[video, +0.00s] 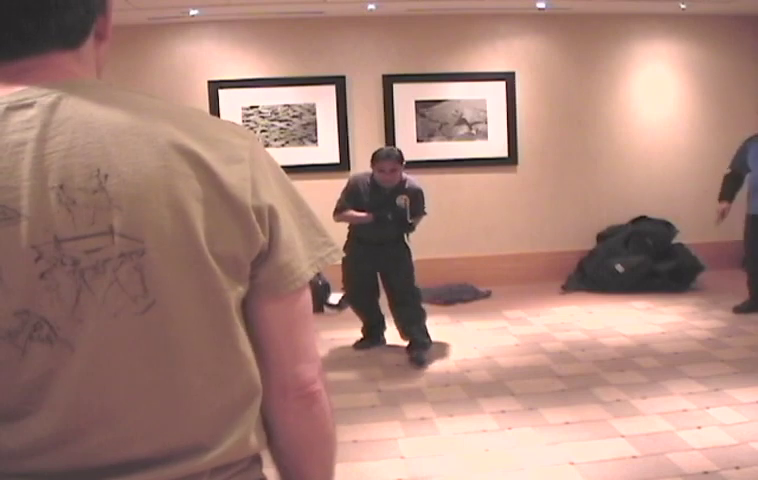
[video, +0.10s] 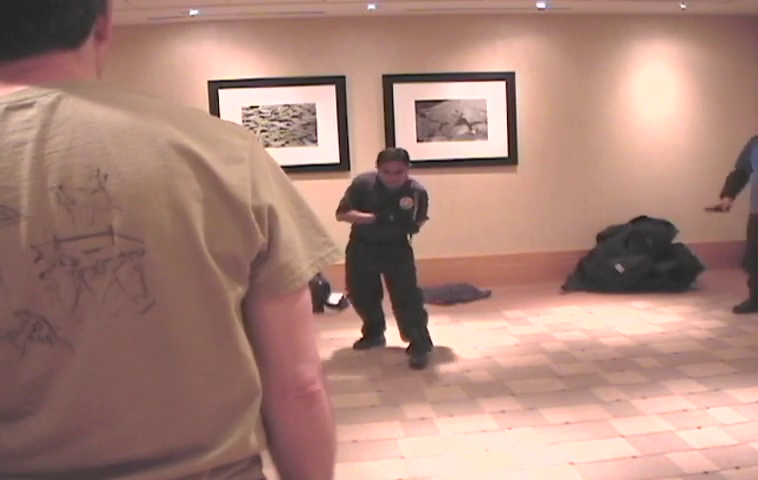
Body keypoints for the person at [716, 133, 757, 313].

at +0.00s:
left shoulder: (750, 145)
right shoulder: (751, 145)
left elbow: (736, 172)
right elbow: (736, 171)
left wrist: (726, 199)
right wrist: (726, 199)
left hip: (754, 214)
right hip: (754, 213)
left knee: (752, 256)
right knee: (752, 255)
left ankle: (754, 297)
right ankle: (753, 296)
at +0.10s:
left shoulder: (752, 146)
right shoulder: (753, 145)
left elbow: (742, 170)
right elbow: (742, 169)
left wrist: (727, 195)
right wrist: (727, 195)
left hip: (754, 215)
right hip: (754, 214)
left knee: (751, 258)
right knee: (752, 257)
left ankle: (753, 297)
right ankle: (753, 297)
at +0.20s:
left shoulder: (753, 148)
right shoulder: (754, 146)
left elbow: (746, 169)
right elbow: (746, 169)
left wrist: (731, 192)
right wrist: (730, 192)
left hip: (755, 215)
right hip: (756, 214)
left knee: (753, 256)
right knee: (752, 256)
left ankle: (753, 297)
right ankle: (753, 297)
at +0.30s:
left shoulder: (753, 149)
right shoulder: (755, 147)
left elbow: (749, 168)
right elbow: (749, 168)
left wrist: (734, 188)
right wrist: (733, 188)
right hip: (756, 214)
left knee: (753, 255)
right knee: (753, 254)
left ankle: (753, 297)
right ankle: (753, 297)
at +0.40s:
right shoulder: (756, 148)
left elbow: (751, 166)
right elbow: (752, 166)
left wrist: (736, 186)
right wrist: (736, 186)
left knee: (754, 253)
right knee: (754, 252)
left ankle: (754, 296)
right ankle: (754, 296)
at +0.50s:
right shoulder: (756, 148)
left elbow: (751, 166)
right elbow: (752, 165)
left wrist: (738, 186)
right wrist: (738, 185)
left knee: (754, 254)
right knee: (754, 254)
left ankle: (754, 297)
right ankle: (754, 297)